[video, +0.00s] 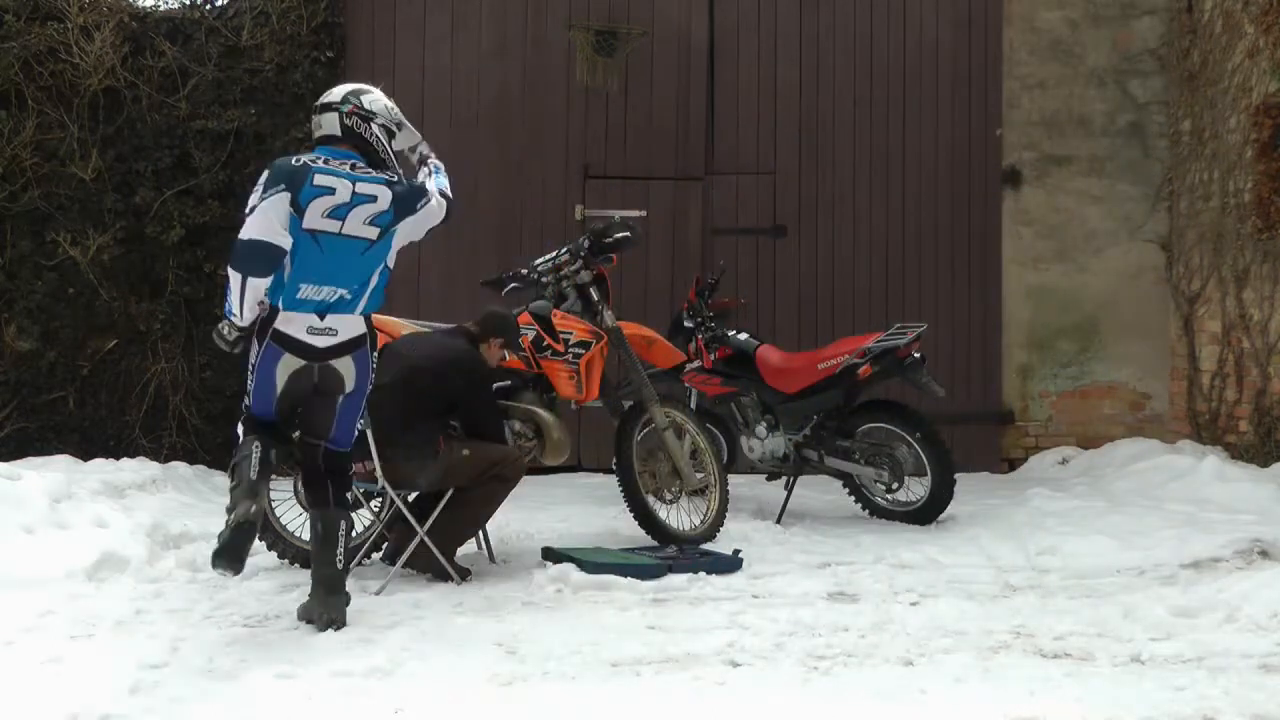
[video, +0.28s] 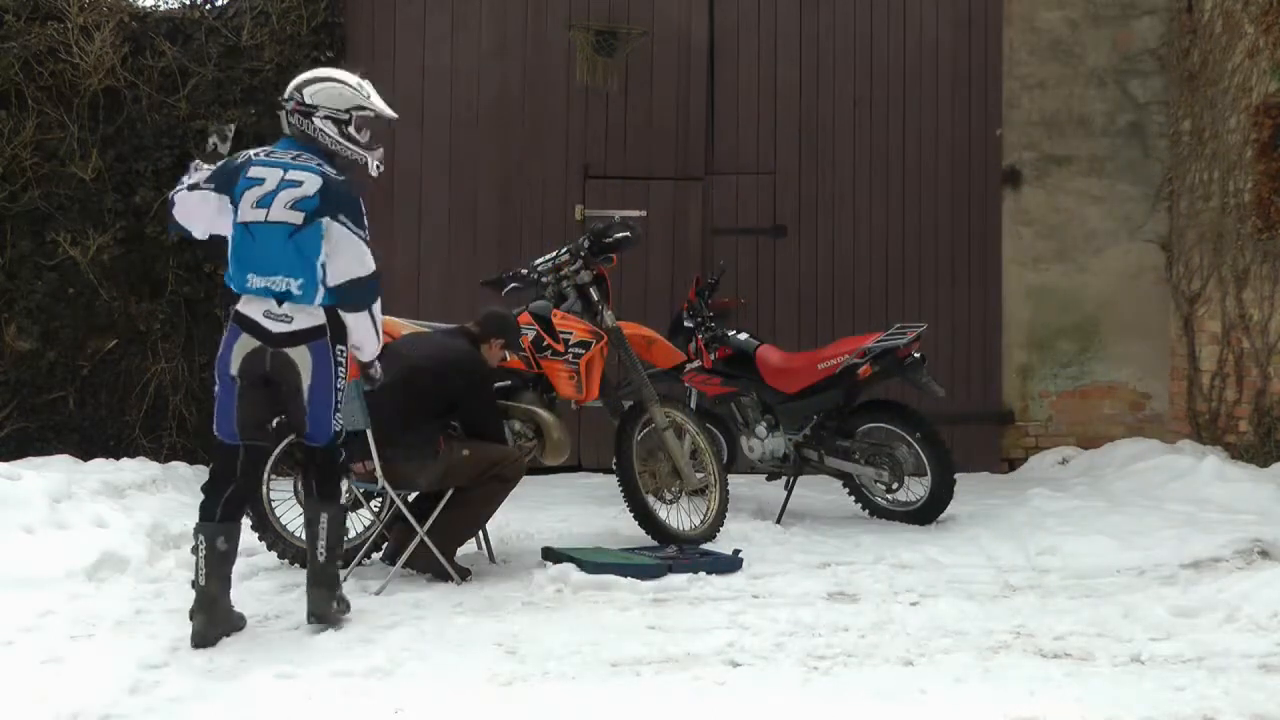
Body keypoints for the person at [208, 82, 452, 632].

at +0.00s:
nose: (386, 144)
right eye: (384, 135)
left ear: (324, 125)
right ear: (375, 134)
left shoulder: (287, 173)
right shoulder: (394, 195)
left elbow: (257, 252)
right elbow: (439, 198)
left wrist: (238, 318)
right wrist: (421, 153)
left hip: (284, 337)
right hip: (351, 347)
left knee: (259, 421)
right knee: (328, 468)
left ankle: (246, 503)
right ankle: (329, 598)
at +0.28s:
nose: (367, 137)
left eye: (367, 126)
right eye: (358, 125)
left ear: (298, 121)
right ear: (325, 123)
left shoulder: (243, 168)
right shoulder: (335, 189)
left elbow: (187, 211)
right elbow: (352, 287)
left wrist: (202, 168)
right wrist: (369, 353)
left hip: (242, 341)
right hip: (308, 346)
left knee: (232, 463)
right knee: (322, 460)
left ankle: (211, 605)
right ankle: (324, 594)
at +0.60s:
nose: (355, 116)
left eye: (355, 105)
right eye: (343, 107)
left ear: (292, 117)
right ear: (308, 113)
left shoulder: (263, 169)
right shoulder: (311, 168)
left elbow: (241, 248)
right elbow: (324, 231)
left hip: (252, 334)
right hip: (300, 333)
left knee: (265, 468)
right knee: (339, 468)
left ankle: (214, 603)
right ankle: (274, 604)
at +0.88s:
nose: (382, 123)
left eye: (388, 112)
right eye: (370, 109)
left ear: (388, 114)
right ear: (333, 108)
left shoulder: (307, 166)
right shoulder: (318, 171)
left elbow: (294, 246)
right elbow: (408, 188)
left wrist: (351, 276)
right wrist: (508, 168)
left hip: (324, 326)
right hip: (296, 329)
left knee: (410, 416)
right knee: (325, 472)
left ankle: (331, 525)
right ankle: (266, 615)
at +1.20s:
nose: (402, 115)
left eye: (401, 105)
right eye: (393, 104)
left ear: (363, 110)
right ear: (363, 109)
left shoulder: (385, 166)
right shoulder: (325, 181)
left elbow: (419, 122)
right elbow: (304, 272)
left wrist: (441, 60)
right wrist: (380, 313)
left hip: (376, 331)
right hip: (347, 334)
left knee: (396, 457)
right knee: (455, 437)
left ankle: (357, 597)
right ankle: (360, 520)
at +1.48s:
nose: (423, 114)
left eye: (420, 104)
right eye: (413, 104)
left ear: (395, 112)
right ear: (384, 112)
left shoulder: (420, 176)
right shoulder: (358, 171)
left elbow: (459, 213)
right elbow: (332, 143)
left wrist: (507, 226)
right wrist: (366, 70)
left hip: (424, 323)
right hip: (392, 323)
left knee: (449, 457)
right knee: (420, 466)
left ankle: (364, 583)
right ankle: (372, 611)